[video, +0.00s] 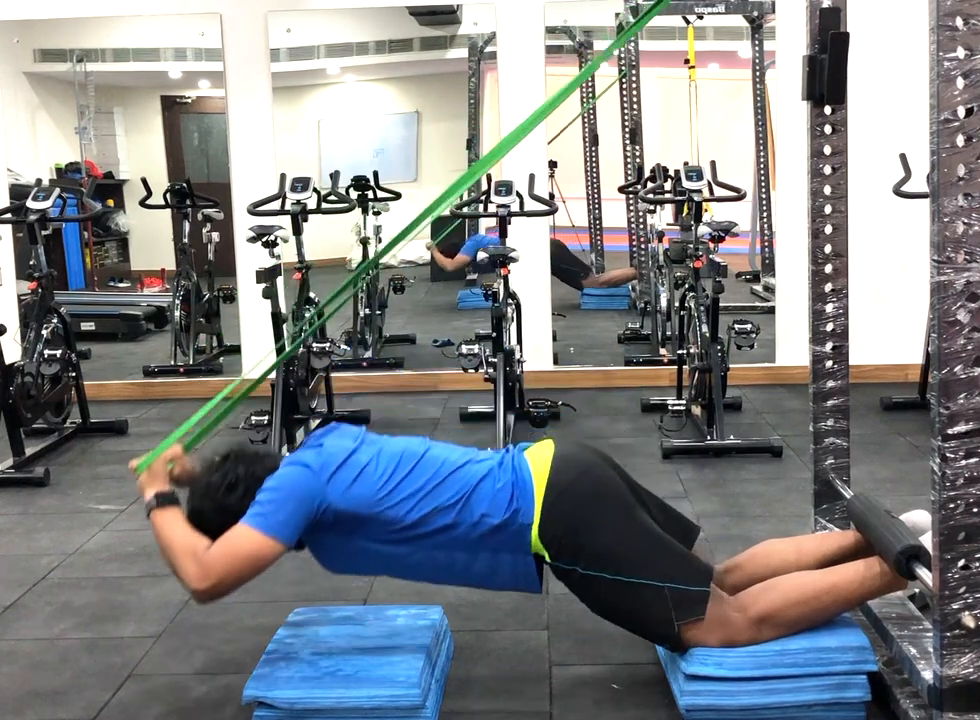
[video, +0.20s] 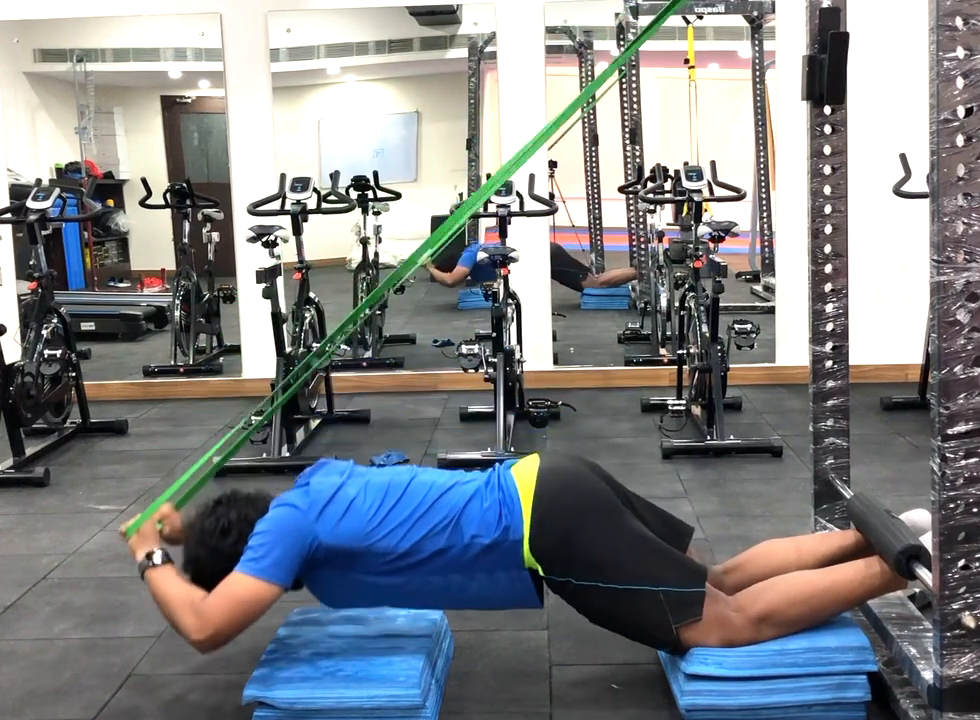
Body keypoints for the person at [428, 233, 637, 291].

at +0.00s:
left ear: (467, 242)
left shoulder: (477, 240)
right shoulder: (492, 239)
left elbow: (451, 266)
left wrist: (433, 250)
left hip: (547, 251)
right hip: (549, 247)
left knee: (591, 282)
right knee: (592, 280)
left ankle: (640, 271)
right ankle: (640, 271)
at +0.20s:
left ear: (454, 249)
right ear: (462, 242)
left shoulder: (472, 252)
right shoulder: (477, 249)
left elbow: (452, 280)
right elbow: (454, 278)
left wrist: (430, 268)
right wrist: (435, 270)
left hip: (545, 257)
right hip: (546, 252)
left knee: (592, 281)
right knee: (592, 278)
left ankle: (641, 271)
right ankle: (640, 270)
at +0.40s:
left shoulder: (471, 257)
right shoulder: (470, 256)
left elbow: (451, 288)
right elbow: (450, 287)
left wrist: (424, 276)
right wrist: (426, 276)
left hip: (546, 258)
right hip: (544, 258)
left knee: (594, 280)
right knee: (593, 279)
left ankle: (642, 271)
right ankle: (641, 270)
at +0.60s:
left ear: (453, 252)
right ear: (462, 246)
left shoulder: (471, 256)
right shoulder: (475, 254)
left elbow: (450, 287)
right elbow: (450, 285)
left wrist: (424, 276)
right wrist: (429, 276)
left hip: (545, 258)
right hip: (545, 256)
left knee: (593, 280)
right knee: (593, 278)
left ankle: (642, 271)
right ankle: (641, 270)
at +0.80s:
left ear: (452, 250)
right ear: (462, 243)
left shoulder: (471, 253)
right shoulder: (476, 251)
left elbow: (451, 282)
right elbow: (453, 281)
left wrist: (428, 272)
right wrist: (432, 273)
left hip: (546, 257)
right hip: (546, 253)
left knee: (593, 281)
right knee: (592, 278)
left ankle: (640, 271)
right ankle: (640, 270)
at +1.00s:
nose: (451, 270)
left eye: (449, 266)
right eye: (448, 267)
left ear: (455, 258)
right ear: (457, 249)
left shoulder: (472, 247)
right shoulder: (476, 244)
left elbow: (453, 272)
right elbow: (455, 271)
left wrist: (431, 264)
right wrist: (435, 265)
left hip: (547, 253)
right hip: (547, 249)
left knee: (592, 282)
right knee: (592, 279)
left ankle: (641, 271)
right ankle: (641, 270)